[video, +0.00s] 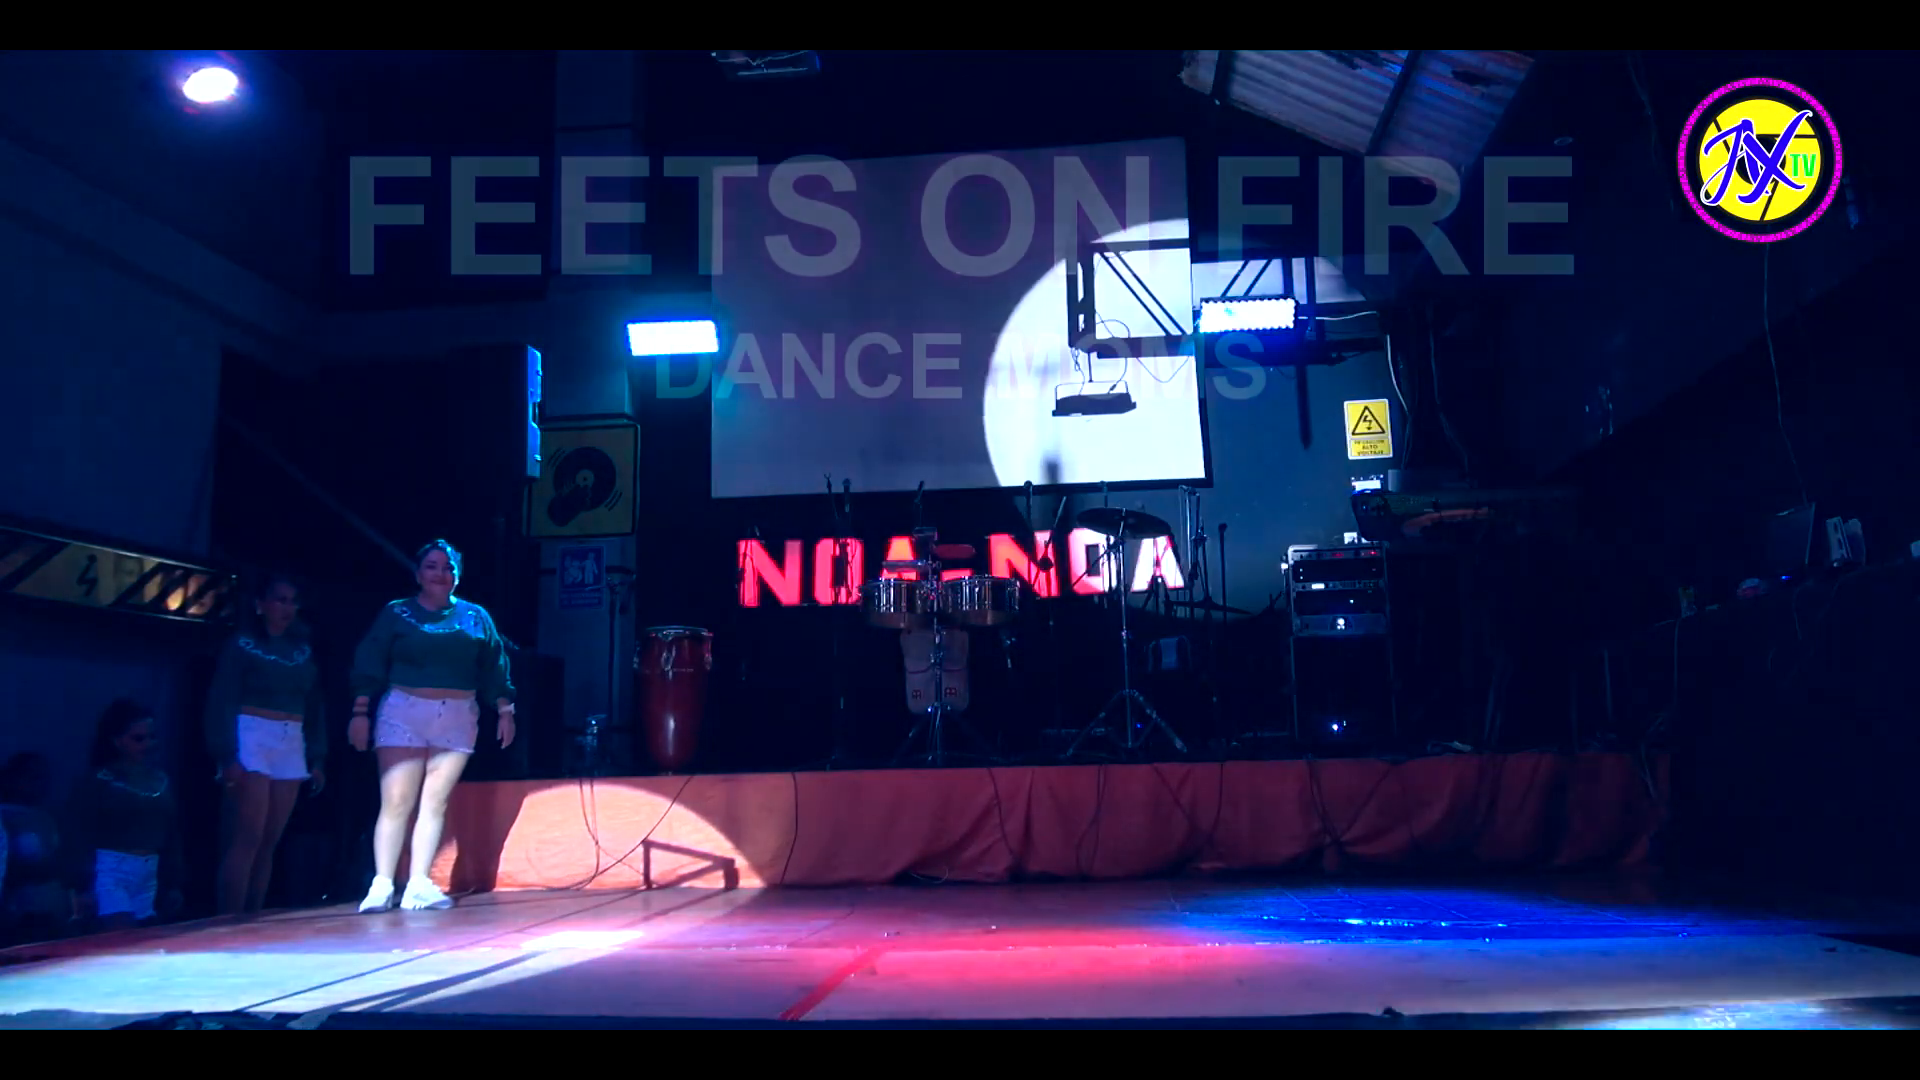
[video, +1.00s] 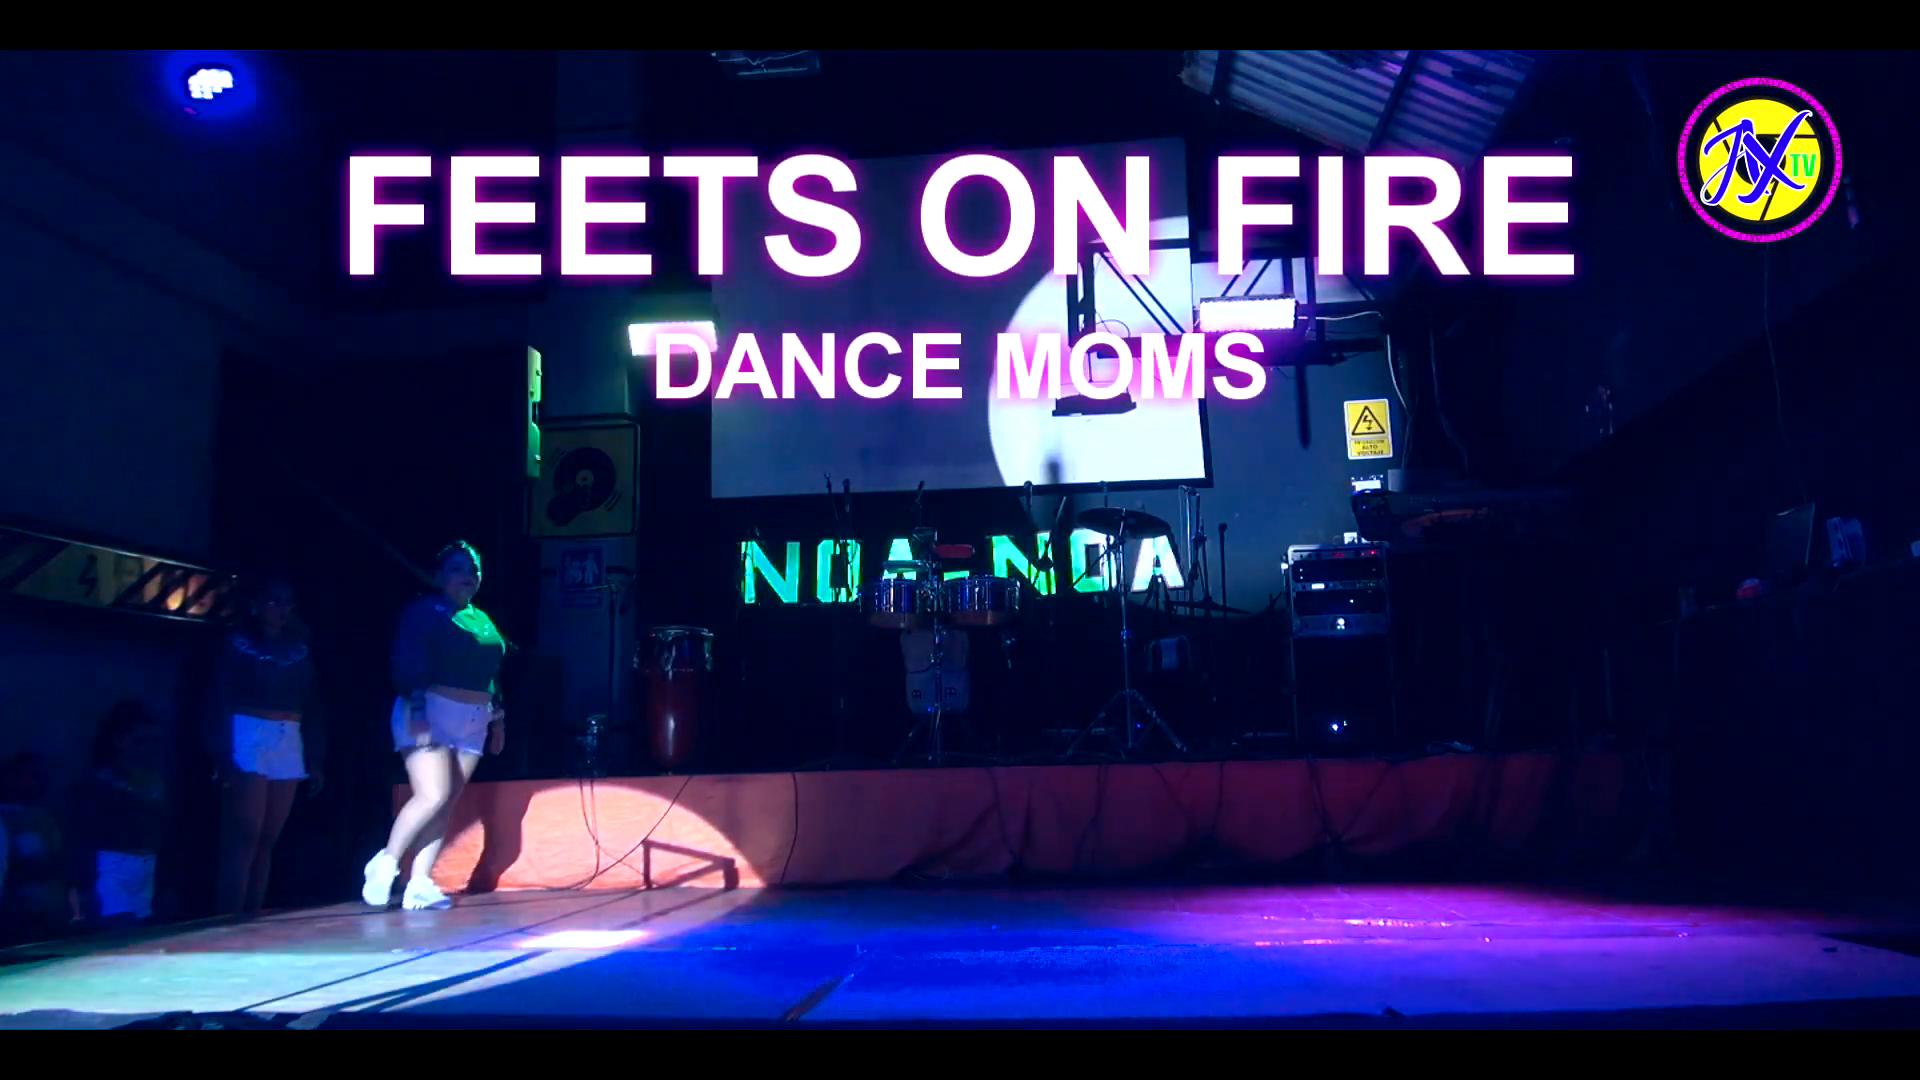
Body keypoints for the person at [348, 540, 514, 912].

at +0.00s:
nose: (438, 573)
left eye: (446, 568)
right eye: (431, 566)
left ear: (455, 575)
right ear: (418, 572)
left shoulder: (476, 617)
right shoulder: (397, 613)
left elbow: (496, 665)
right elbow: (370, 661)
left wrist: (505, 709)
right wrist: (360, 711)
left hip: (457, 715)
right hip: (403, 712)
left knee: (435, 803)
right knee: (396, 802)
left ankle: (418, 884)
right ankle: (383, 884)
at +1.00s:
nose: (466, 577)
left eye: (472, 571)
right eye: (458, 570)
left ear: (479, 577)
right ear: (442, 575)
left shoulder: (482, 620)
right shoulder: (426, 614)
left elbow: (488, 675)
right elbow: (409, 664)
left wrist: (496, 716)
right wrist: (417, 713)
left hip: (474, 717)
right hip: (429, 709)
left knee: (446, 801)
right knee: (432, 795)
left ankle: (420, 881)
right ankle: (386, 863)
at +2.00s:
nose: (540, 564)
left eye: (545, 558)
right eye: (531, 556)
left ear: (549, 563)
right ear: (505, 560)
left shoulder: (559, 607)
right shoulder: (475, 601)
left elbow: (578, 659)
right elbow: (432, 642)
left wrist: (574, 699)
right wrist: (447, 634)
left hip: (545, 707)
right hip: (487, 708)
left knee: (545, 796)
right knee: (499, 803)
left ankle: (555, 884)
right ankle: (504, 883)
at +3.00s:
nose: (526, 526)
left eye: (537, 519)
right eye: (519, 519)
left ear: (556, 529)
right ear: (507, 529)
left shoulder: (583, 578)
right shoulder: (492, 584)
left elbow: (628, 623)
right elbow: (467, 646)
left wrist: (663, 650)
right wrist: (432, 681)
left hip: (569, 686)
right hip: (507, 688)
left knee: (572, 783)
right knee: (519, 795)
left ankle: (572, 863)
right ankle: (534, 900)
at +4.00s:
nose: (462, 495)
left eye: (474, 487)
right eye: (461, 487)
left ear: (508, 496)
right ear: (461, 496)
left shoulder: (545, 558)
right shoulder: (439, 548)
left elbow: (582, 615)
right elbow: (401, 612)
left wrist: (607, 640)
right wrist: (370, 671)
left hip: (500, 684)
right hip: (427, 680)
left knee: (498, 803)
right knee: (433, 804)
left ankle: (506, 911)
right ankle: (417, 918)